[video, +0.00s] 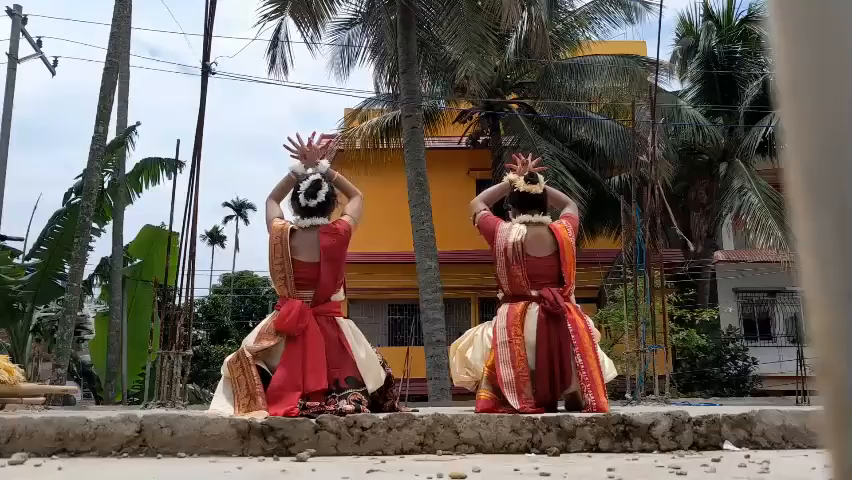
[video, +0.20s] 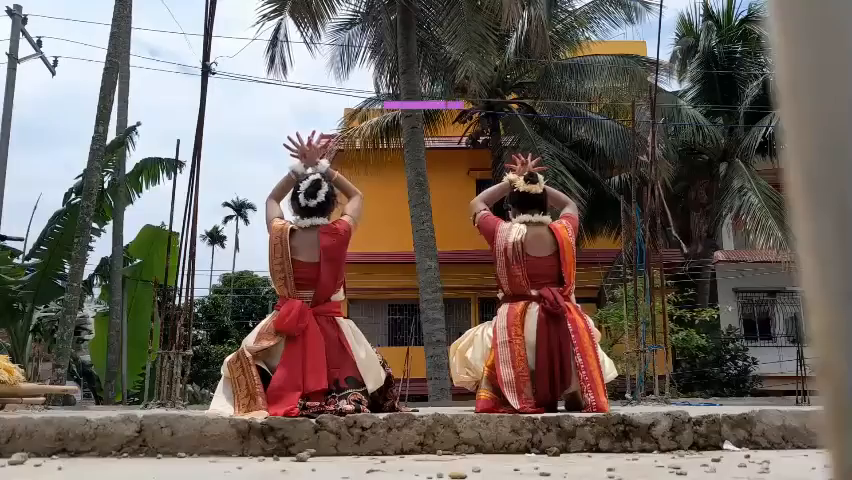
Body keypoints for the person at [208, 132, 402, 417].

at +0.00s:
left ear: (294, 204)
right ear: (331, 205)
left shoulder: (280, 235)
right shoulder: (338, 235)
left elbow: (273, 200)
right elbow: (356, 197)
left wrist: (300, 169)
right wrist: (326, 170)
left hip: (288, 334)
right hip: (330, 334)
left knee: (240, 365)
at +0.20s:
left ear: (293, 204)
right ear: (330, 205)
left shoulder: (281, 234)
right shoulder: (338, 235)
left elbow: (273, 199)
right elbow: (355, 197)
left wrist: (300, 167)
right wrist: (326, 169)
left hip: (288, 331)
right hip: (330, 332)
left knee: (240, 364)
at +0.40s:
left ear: (294, 204)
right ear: (330, 205)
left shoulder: (280, 234)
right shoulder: (337, 236)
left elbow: (274, 199)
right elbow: (353, 196)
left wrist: (301, 166)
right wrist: (324, 168)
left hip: (288, 332)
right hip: (329, 332)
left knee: (241, 364)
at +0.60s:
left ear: (294, 205)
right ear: (330, 204)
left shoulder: (281, 233)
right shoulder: (337, 235)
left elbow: (274, 198)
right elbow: (352, 195)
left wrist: (300, 165)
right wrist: (322, 166)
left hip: (288, 331)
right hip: (329, 332)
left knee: (240, 364)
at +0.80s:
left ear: (294, 204)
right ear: (330, 204)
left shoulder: (281, 233)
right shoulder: (337, 235)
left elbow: (275, 197)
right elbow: (352, 195)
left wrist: (301, 164)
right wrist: (324, 167)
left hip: (289, 330)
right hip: (329, 330)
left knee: (241, 363)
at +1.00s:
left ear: (293, 205)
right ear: (330, 206)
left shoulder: (281, 232)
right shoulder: (338, 235)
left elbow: (276, 195)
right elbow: (351, 194)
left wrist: (302, 163)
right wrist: (324, 166)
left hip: (289, 329)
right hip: (330, 330)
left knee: (240, 363)